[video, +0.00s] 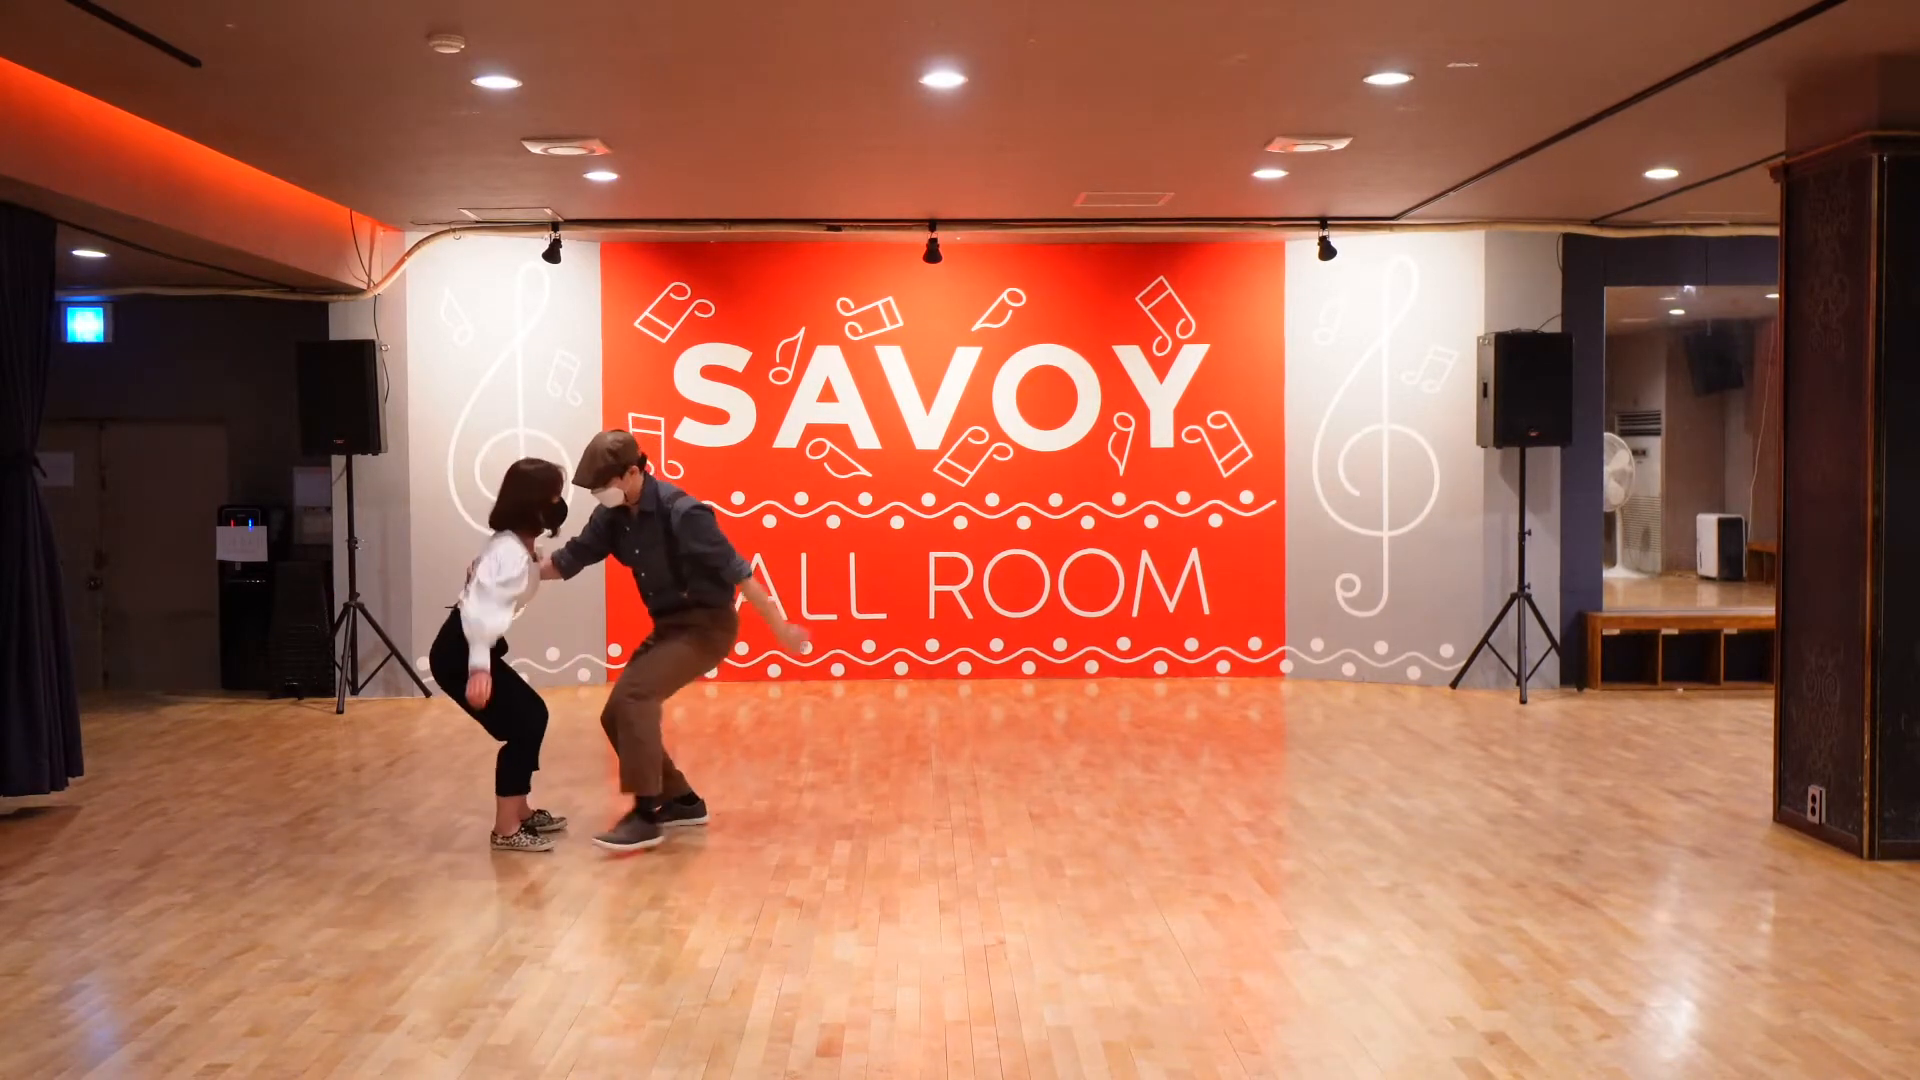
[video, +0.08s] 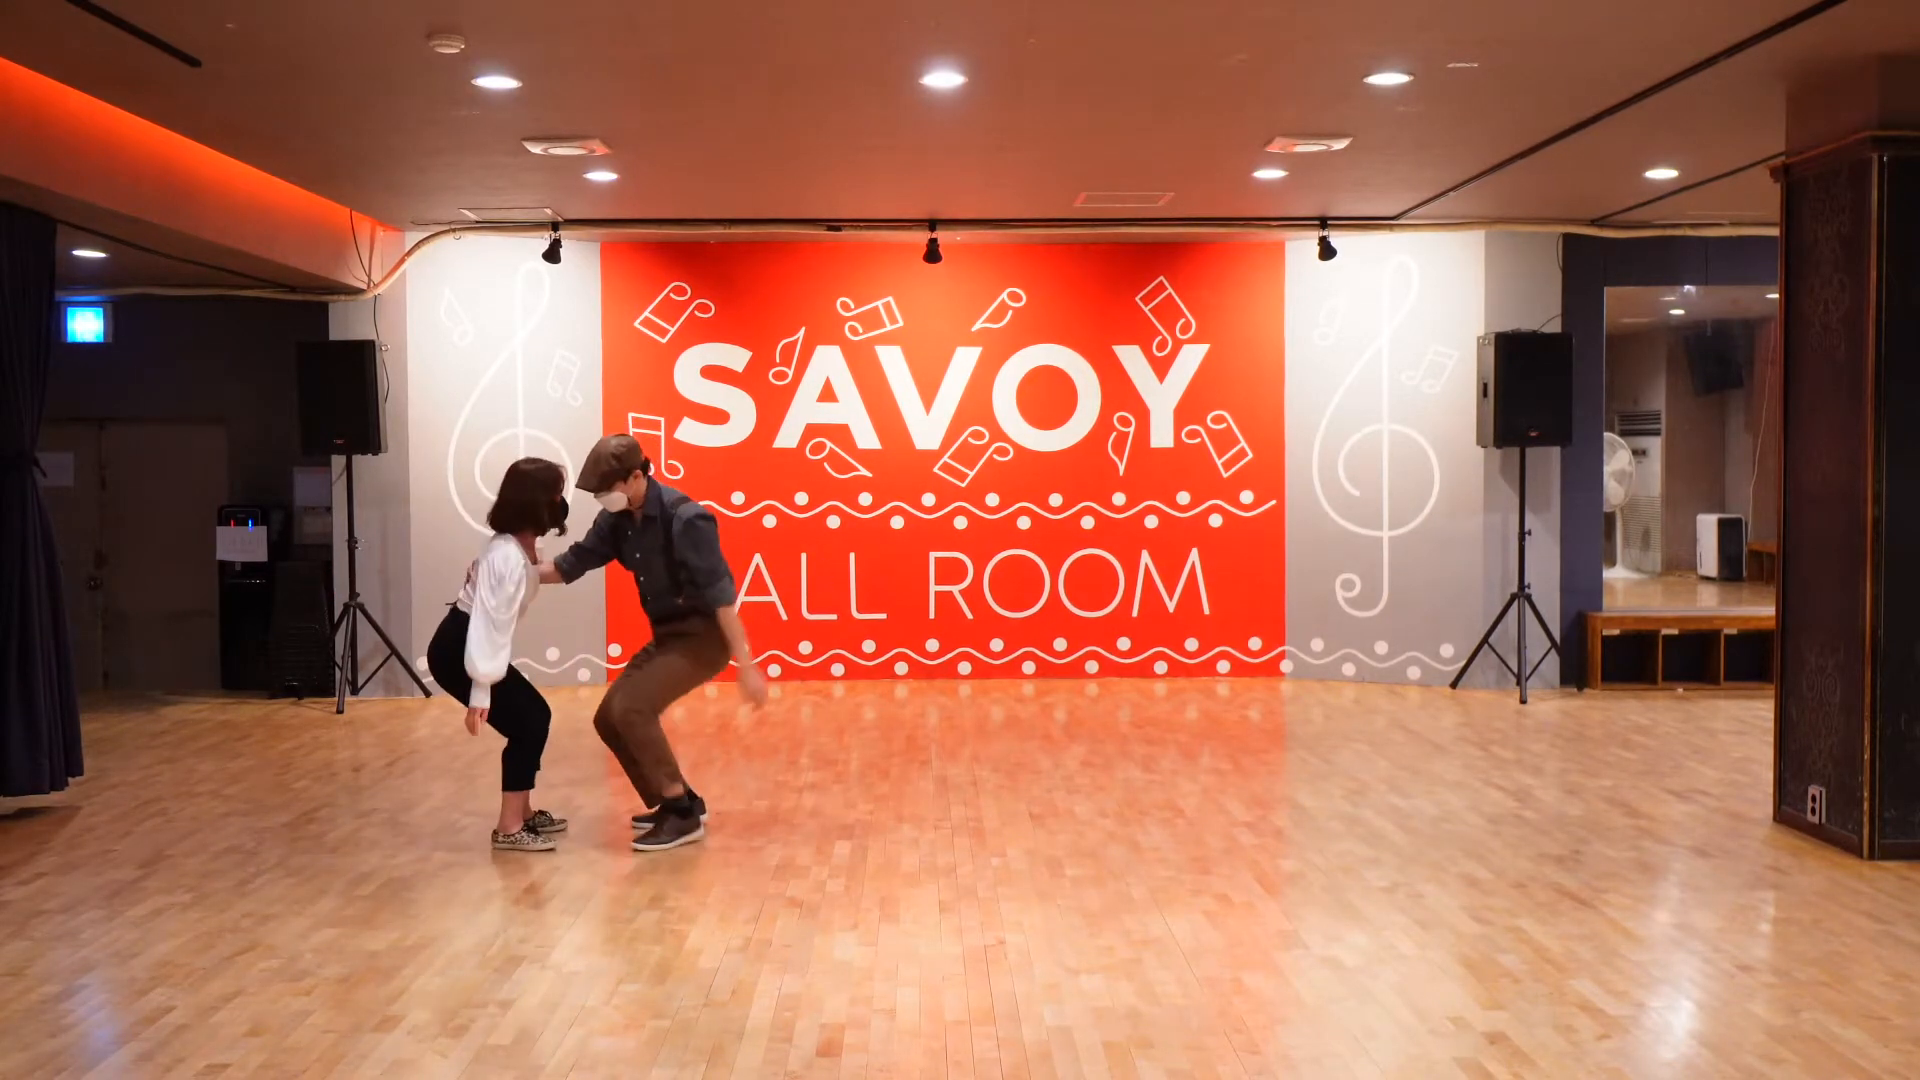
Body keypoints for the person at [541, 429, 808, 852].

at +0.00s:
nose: (600, 498)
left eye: (604, 488)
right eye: (595, 490)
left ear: (632, 473)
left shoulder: (683, 512)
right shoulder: (611, 516)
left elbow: (739, 571)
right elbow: (568, 560)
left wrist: (781, 627)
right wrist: (519, 571)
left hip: (708, 625)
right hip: (668, 628)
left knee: (633, 695)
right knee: (615, 716)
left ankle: (647, 811)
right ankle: (680, 799)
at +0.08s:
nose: (601, 500)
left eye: (606, 491)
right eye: (598, 492)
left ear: (635, 478)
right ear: (622, 482)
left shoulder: (687, 519)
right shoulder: (616, 520)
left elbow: (722, 597)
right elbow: (567, 567)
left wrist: (746, 664)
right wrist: (506, 572)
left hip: (704, 637)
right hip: (668, 638)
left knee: (629, 708)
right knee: (608, 720)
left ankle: (681, 807)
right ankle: (673, 801)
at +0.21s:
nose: (604, 507)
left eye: (610, 497)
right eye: (601, 498)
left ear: (640, 486)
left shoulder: (689, 527)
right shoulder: (622, 527)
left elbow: (689, 616)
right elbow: (566, 573)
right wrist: (496, 572)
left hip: (707, 643)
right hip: (670, 640)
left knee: (620, 722)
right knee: (603, 722)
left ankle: (679, 819)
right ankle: (676, 796)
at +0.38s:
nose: (610, 507)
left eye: (615, 498)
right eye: (606, 498)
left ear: (644, 486)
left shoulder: (687, 525)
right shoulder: (629, 523)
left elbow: (649, 605)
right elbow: (570, 565)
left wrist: (580, 638)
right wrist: (524, 559)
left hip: (713, 642)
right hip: (674, 641)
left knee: (633, 718)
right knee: (606, 716)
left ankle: (680, 819)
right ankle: (678, 795)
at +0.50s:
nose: (609, 502)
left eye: (615, 494)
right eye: (606, 494)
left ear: (643, 483)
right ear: (639, 482)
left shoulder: (685, 520)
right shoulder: (631, 516)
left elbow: (644, 597)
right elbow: (580, 558)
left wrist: (572, 580)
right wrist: (539, 554)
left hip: (714, 639)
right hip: (678, 636)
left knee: (631, 717)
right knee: (613, 718)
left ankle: (677, 820)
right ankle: (679, 798)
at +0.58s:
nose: (612, 502)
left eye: (617, 493)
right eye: (608, 494)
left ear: (645, 480)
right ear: (634, 480)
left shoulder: (687, 515)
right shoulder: (631, 510)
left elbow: (650, 591)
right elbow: (586, 559)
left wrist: (589, 555)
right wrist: (533, 553)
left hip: (715, 633)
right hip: (678, 634)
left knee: (637, 716)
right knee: (616, 719)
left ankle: (678, 819)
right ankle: (679, 799)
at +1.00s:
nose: (609, 481)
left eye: (617, 472)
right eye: (607, 472)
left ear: (647, 468)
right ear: (625, 470)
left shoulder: (689, 513)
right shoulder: (615, 510)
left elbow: (724, 585)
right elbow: (593, 562)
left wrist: (666, 618)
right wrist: (556, 553)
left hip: (706, 622)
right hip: (656, 623)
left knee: (655, 700)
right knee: (625, 714)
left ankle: (646, 817)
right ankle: (665, 805)